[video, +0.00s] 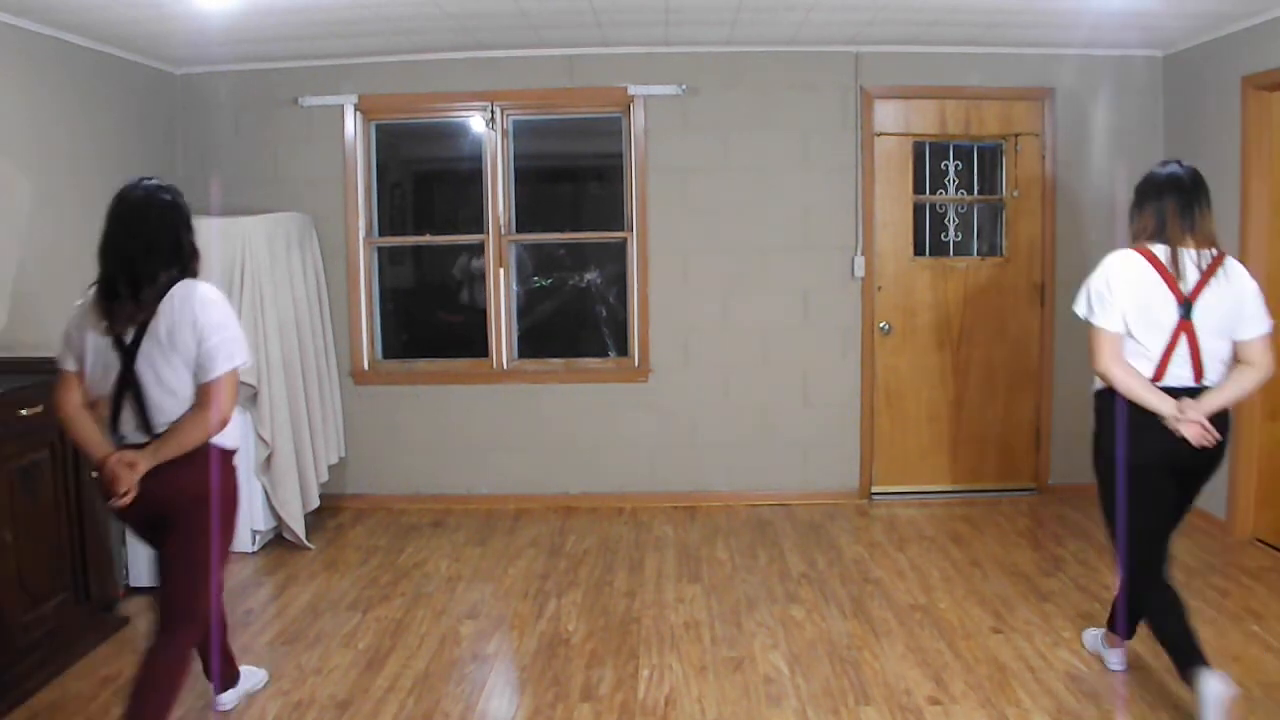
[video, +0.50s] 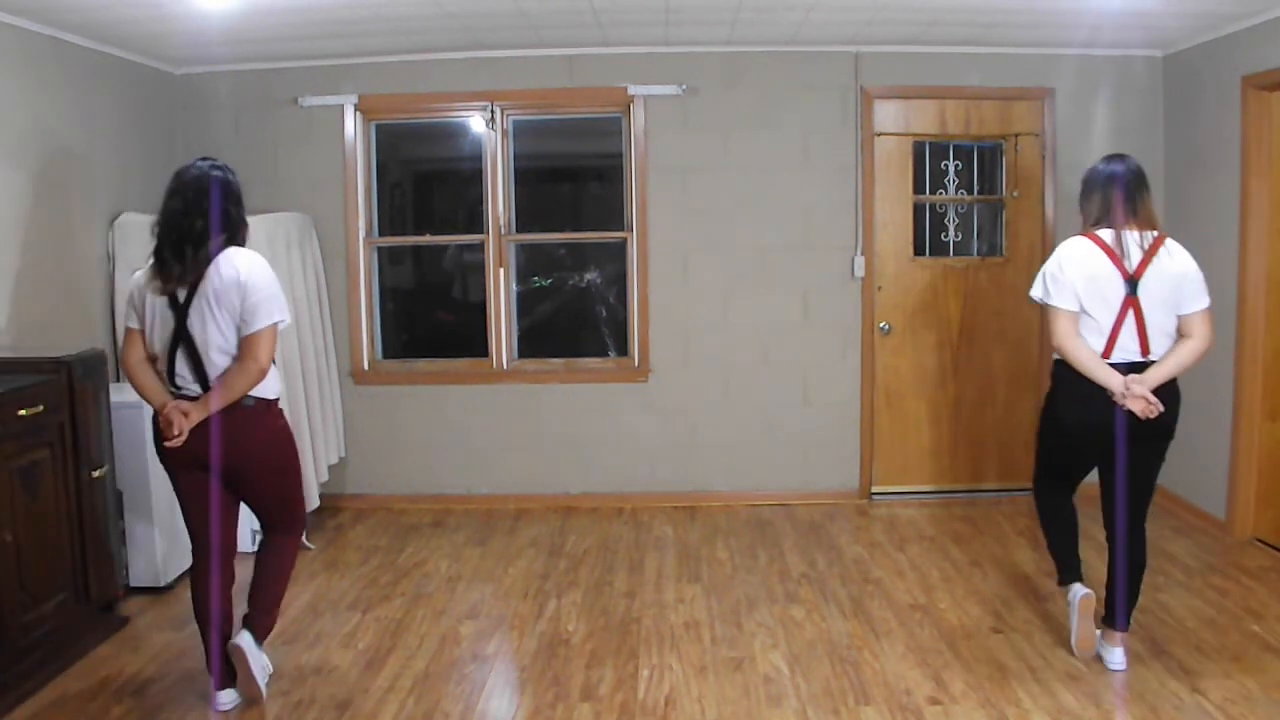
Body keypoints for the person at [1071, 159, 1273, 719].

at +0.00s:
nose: (1138, 216)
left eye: (1141, 206)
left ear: (1144, 209)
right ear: (1202, 209)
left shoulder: (1120, 268)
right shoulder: (1233, 274)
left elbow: (1107, 362)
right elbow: (1258, 364)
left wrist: (1169, 409)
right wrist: (1200, 408)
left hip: (1132, 423)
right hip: (1204, 423)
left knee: (1141, 553)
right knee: (1147, 539)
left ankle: (1201, 675)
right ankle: (1116, 639)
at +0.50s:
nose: (1092, 204)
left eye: (1091, 195)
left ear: (1090, 198)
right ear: (1143, 197)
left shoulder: (1072, 255)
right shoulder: (1176, 256)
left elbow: (1065, 340)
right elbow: (1199, 337)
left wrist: (1118, 384)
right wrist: (1145, 382)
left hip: (1084, 397)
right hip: (1154, 398)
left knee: (1054, 484)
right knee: (1129, 517)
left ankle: (1073, 585)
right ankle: (1117, 637)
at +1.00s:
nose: (1006, 228)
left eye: (1008, 220)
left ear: (1012, 222)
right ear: (1059, 219)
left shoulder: (999, 271)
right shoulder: (1094, 270)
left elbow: (997, 344)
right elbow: (1116, 341)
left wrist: (1045, 387)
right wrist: (1067, 384)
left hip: (1013, 398)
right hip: (1078, 400)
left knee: (988, 486)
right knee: (1081, 513)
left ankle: (957, 560)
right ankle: (1108, 622)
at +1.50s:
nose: (920, 210)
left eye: (922, 204)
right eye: (921, 204)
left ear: (930, 205)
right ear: (967, 202)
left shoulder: (927, 249)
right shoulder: (995, 248)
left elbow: (941, 322)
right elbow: (1012, 311)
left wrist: (980, 357)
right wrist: (990, 351)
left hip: (936, 366)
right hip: (980, 368)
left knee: (938, 458)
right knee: (943, 443)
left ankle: (949, 560)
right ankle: (969, 520)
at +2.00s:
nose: (866, 221)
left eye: (869, 213)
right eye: (866, 213)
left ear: (886, 212)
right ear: (904, 210)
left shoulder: (900, 248)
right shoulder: (921, 248)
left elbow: (918, 303)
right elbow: (943, 308)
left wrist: (952, 343)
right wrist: (954, 345)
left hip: (911, 365)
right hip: (909, 364)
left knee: (929, 462)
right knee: (862, 441)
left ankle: (956, 554)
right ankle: (880, 529)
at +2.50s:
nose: (769, 219)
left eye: (773, 211)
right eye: (769, 212)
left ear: (790, 209)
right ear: (804, 208)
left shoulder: (805, 244)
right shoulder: (808, 244)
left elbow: (821, 296)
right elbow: (837, 294)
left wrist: (847, 337)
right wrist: (844, 335)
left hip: (811, 355)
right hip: (807, 355)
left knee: (797, 453)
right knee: (796, 451)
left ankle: (874, 504)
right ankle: (779, 530)